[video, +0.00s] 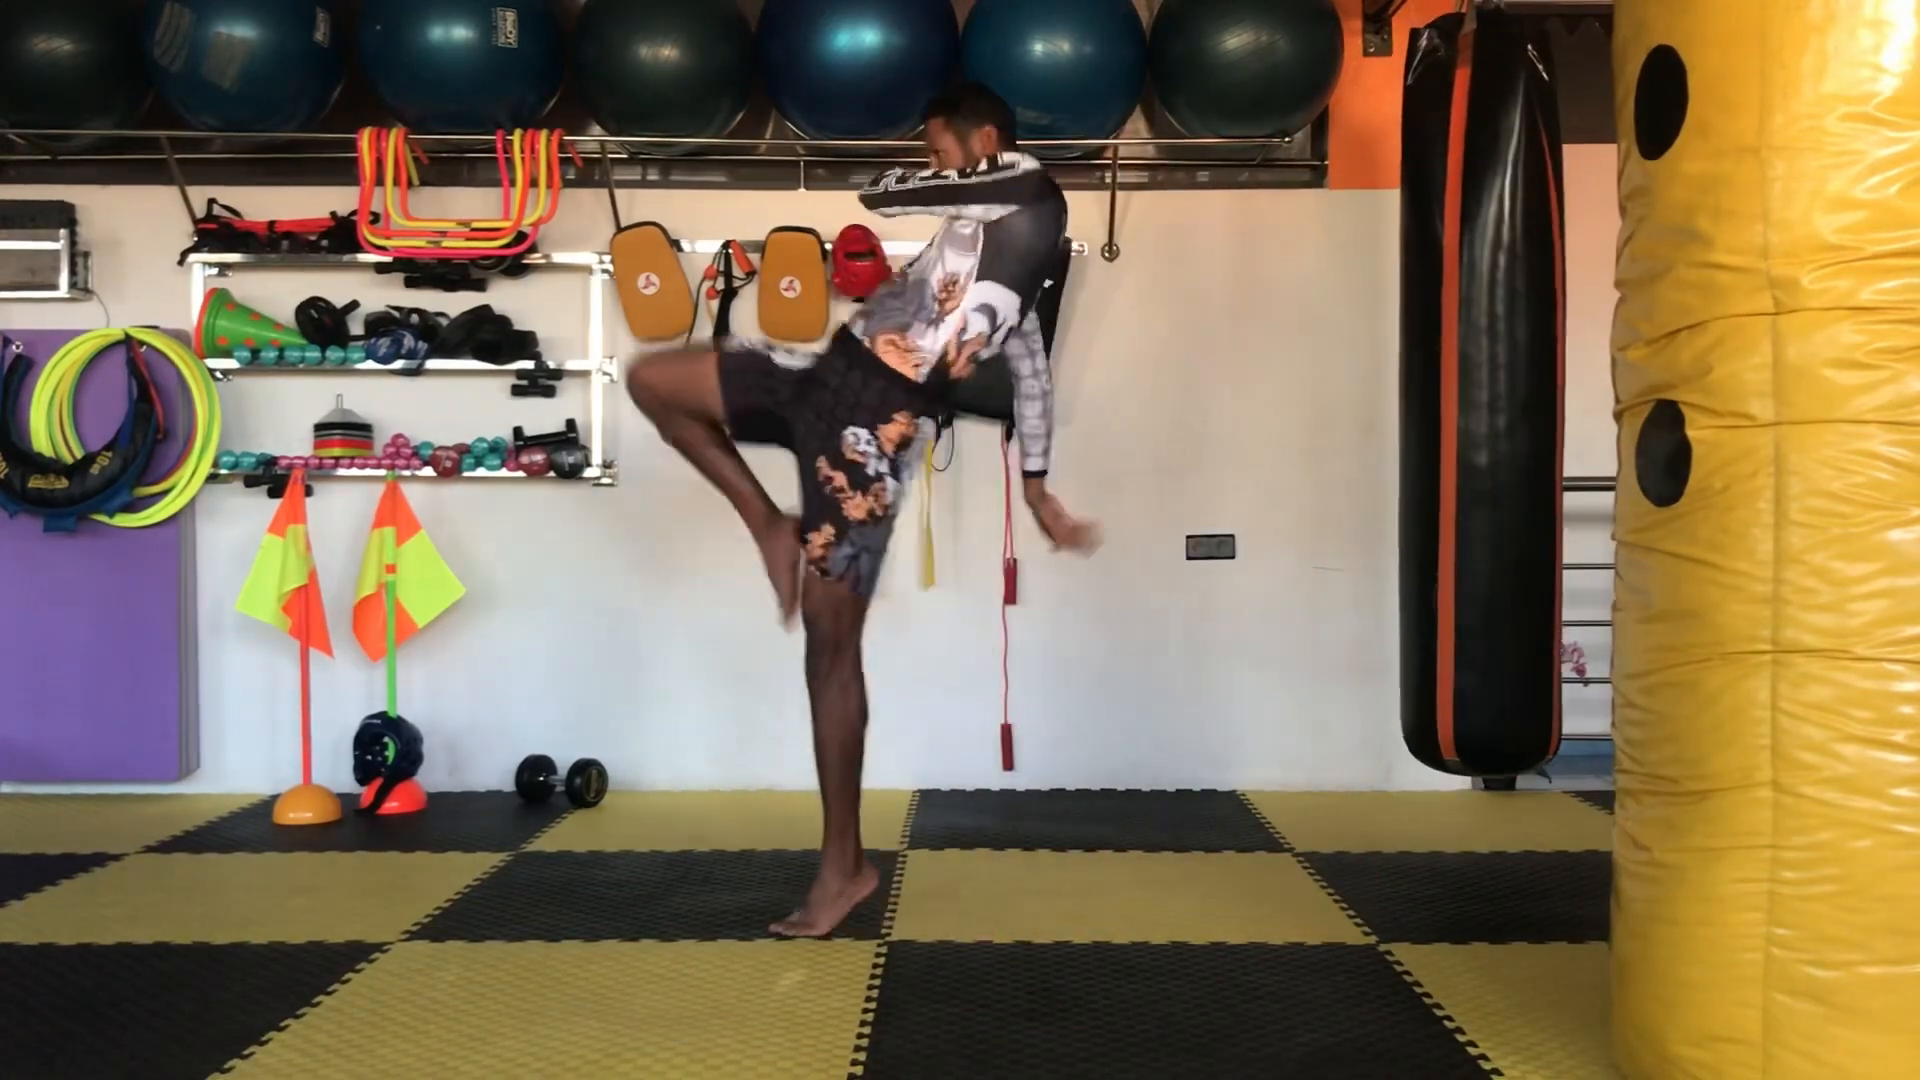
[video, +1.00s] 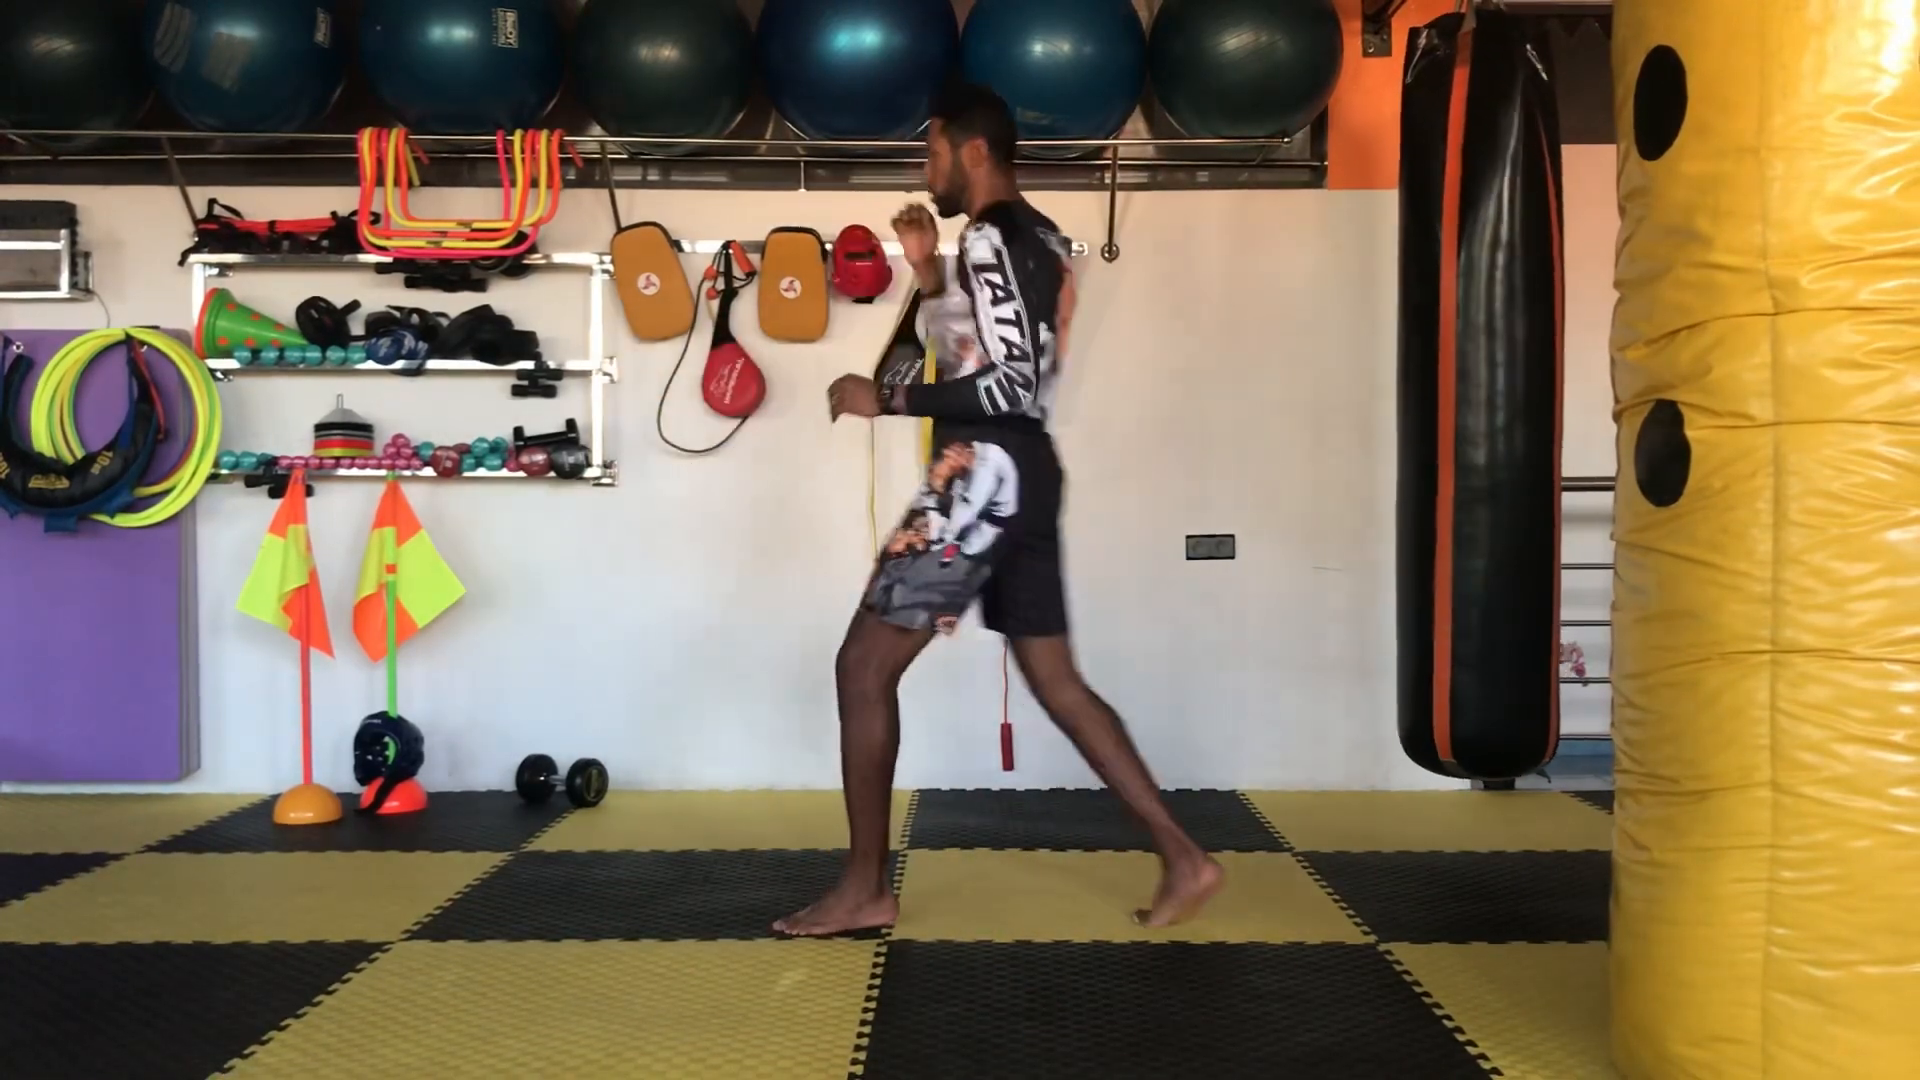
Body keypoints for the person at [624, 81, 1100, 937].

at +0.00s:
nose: (934, 167)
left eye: (939, 151)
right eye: (930, 155)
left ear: (985, 136)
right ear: (983, 138)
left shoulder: (1025, 203)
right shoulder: (982, 219)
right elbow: (1029, 359)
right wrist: (1035, 482)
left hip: (868, 416)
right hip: (824, 378)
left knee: (830, 644)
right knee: (653, 378)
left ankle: (844, 865)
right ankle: (771, 529)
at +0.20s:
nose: (929, 186)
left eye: (939, 173)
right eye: (930, 174)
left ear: (988, 173)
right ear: (975, 177)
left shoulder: (1009, 249)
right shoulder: (954, 248)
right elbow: (934, 375)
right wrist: (894, 457)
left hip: (828, 431)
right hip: (785, 380)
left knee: (803, 665)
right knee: (616, 319)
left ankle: (844, 865)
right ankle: (696, 492)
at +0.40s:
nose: (907, 169)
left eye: (916, 155)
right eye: (907, 155)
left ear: (963, 153)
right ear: (957, 156)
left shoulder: (993, 232)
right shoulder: (926, 227)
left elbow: (844, 226)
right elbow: (861, 342)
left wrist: (899, 202)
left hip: (848, 437)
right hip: (798, 400)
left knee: (834, 671)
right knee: (617, 405)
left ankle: (857, 875)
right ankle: (727, 562)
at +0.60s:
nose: (877, 144)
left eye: (886, 126)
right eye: (879, 128)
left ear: (935, 128)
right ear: (934, 133)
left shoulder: (960, 208)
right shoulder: (929, 213)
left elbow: (854, 270)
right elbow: (866, 287)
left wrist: (764, 227)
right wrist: (798, 239)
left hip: (886, 452)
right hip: (836, 439)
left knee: (867, 667)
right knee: (687, 547)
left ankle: (858, 878)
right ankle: (832, 665)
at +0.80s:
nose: (881, 145)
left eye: (889, 129)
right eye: (882, 130)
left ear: (931, 132)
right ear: (942, 136)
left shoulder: (947, 214)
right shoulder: (957, 218)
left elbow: (956, 341)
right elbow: (889, 333)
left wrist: (817, 361)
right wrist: (869, 246)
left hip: (909, 453)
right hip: (917, 451)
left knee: (864, 666)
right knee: (882, 657)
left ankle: (859, 886)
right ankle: (1040, 760)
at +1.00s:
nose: (926, 169)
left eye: (932, 152)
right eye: (926, 154)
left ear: (973, 151)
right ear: (993, 154)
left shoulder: (987, 243)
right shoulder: (1032, 236)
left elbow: (1010, 385)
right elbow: (959, 359)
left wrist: (887, 398)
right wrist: (927, 277)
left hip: (983, 468)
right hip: (1022, 467)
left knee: (863, 667)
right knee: (1057, 682)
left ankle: (863, 889)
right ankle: (1184, 860)